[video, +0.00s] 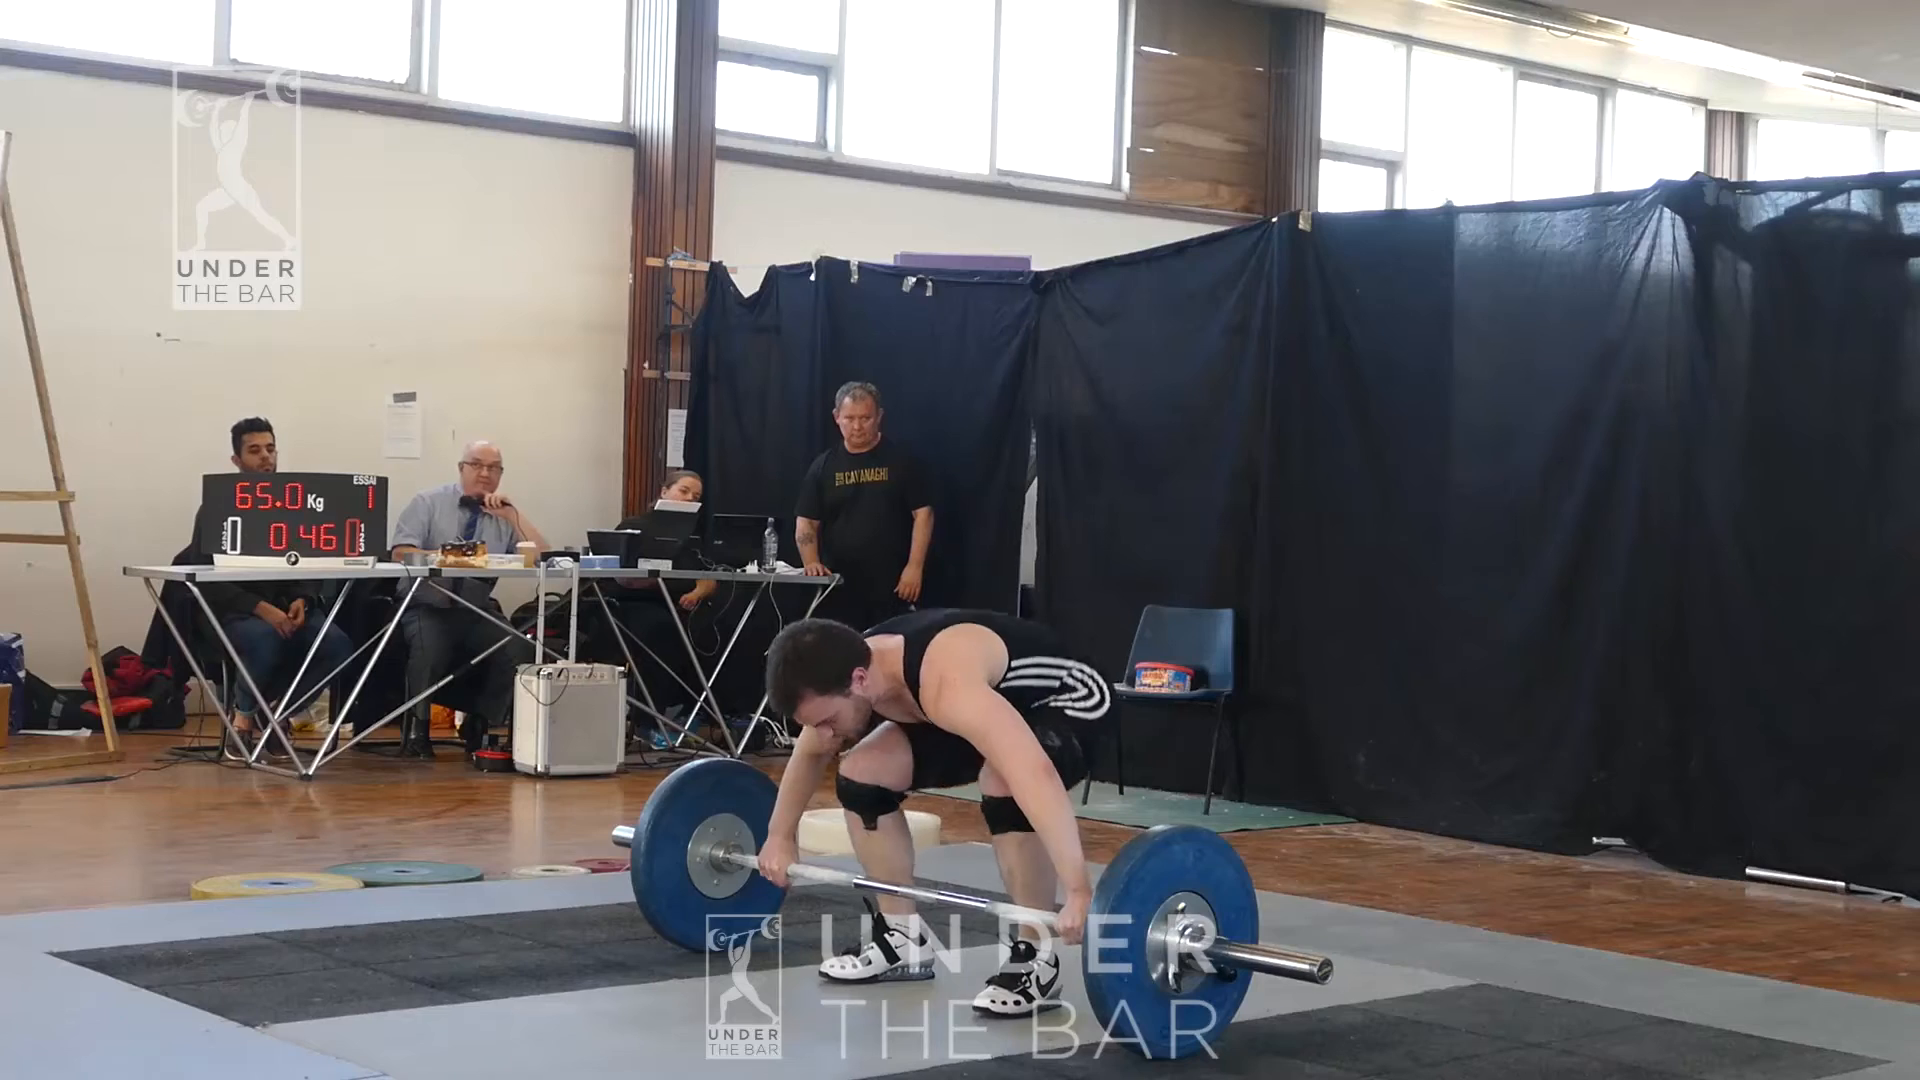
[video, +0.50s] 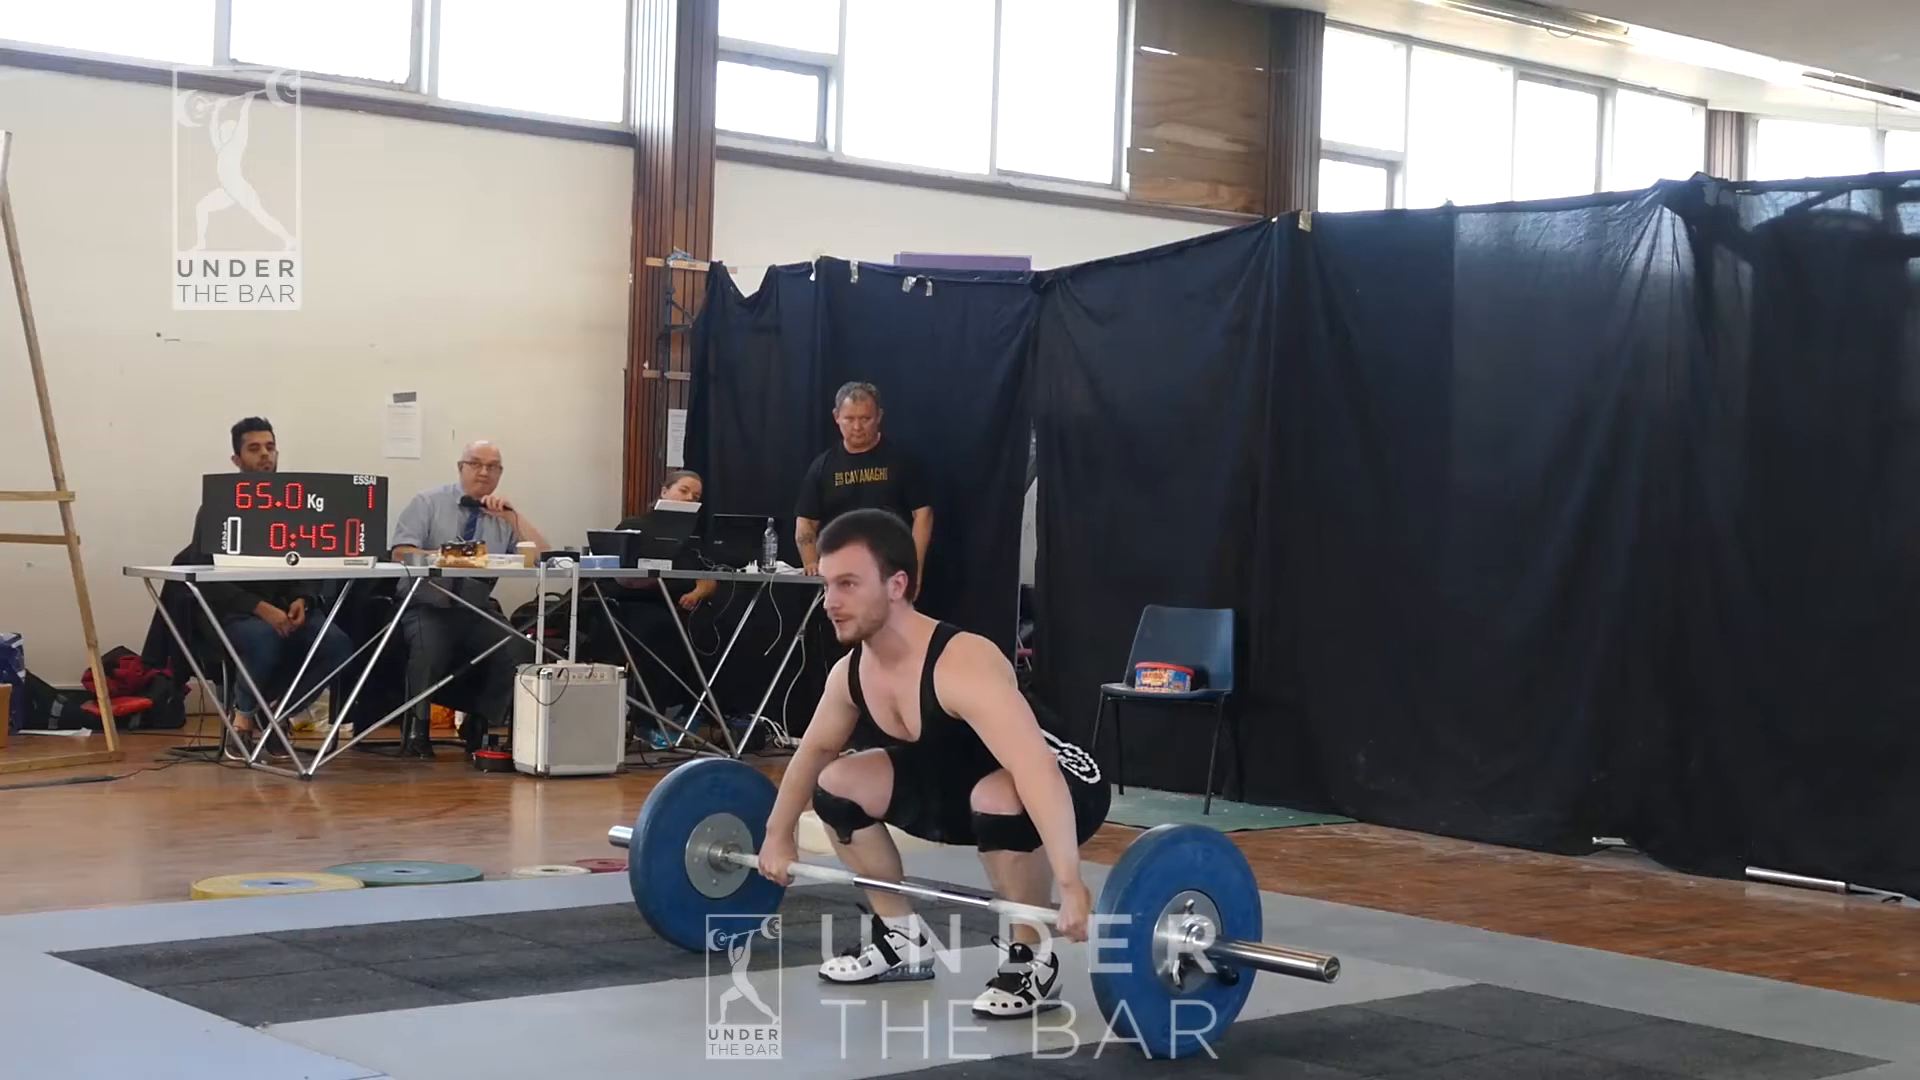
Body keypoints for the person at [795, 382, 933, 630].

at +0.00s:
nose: (857, 426)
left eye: (865, 418)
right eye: (850, 418)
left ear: (879, 418)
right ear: (837, 417)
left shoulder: (902, 461)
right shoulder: (823, 467)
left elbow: (923, 514)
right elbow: (806, 524)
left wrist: (914, 568)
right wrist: (812, 563)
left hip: (890, 583)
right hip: (839, 584)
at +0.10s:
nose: (857, 426)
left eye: (865, 418)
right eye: (850, 418)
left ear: (879, 417)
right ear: (837, 417)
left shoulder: (902, 460)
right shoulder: (823, 467)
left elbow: (923, 514)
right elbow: (806, 523)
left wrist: (914, 567)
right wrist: (811, 562)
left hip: (890, 583)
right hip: (840, 584)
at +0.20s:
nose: (857, 426)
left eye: (865, 418)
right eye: (850, 419)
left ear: (879, 417)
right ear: (837, 417)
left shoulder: (902, 460)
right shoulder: (823, 467)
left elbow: (923, 514)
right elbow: (806, 524)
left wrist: (914, 567)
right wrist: (811, 562)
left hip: (891, 584)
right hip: (840, 585)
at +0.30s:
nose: (857, 427)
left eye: (865, 419)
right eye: (849, 419)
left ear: (879, 418)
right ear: (837, 418)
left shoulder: (901, 460)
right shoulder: (823, 467)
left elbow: (923, 515)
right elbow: (805, 529)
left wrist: (914, 567)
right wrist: (818, 576)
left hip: (891, 577)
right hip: (839, 577)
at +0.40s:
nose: (857, 427)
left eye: (865, 419)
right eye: (849, 419)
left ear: (879, 418)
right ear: (836, 418)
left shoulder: (901, 460)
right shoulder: (823, 467)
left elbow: (923, 514)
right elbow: (805, 528)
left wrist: (914, 569)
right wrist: (817, 575)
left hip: (889, 571)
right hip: (839, 573)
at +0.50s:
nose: (857, 427)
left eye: (865, 419)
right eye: (849, 418)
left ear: (879, 417)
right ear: (837, 417)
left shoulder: (902, 460)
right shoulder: (823, 466)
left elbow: (923, 515)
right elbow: (805, 525)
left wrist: (914, 572)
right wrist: (813, 568)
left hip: (890, 571)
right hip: (839, 571)